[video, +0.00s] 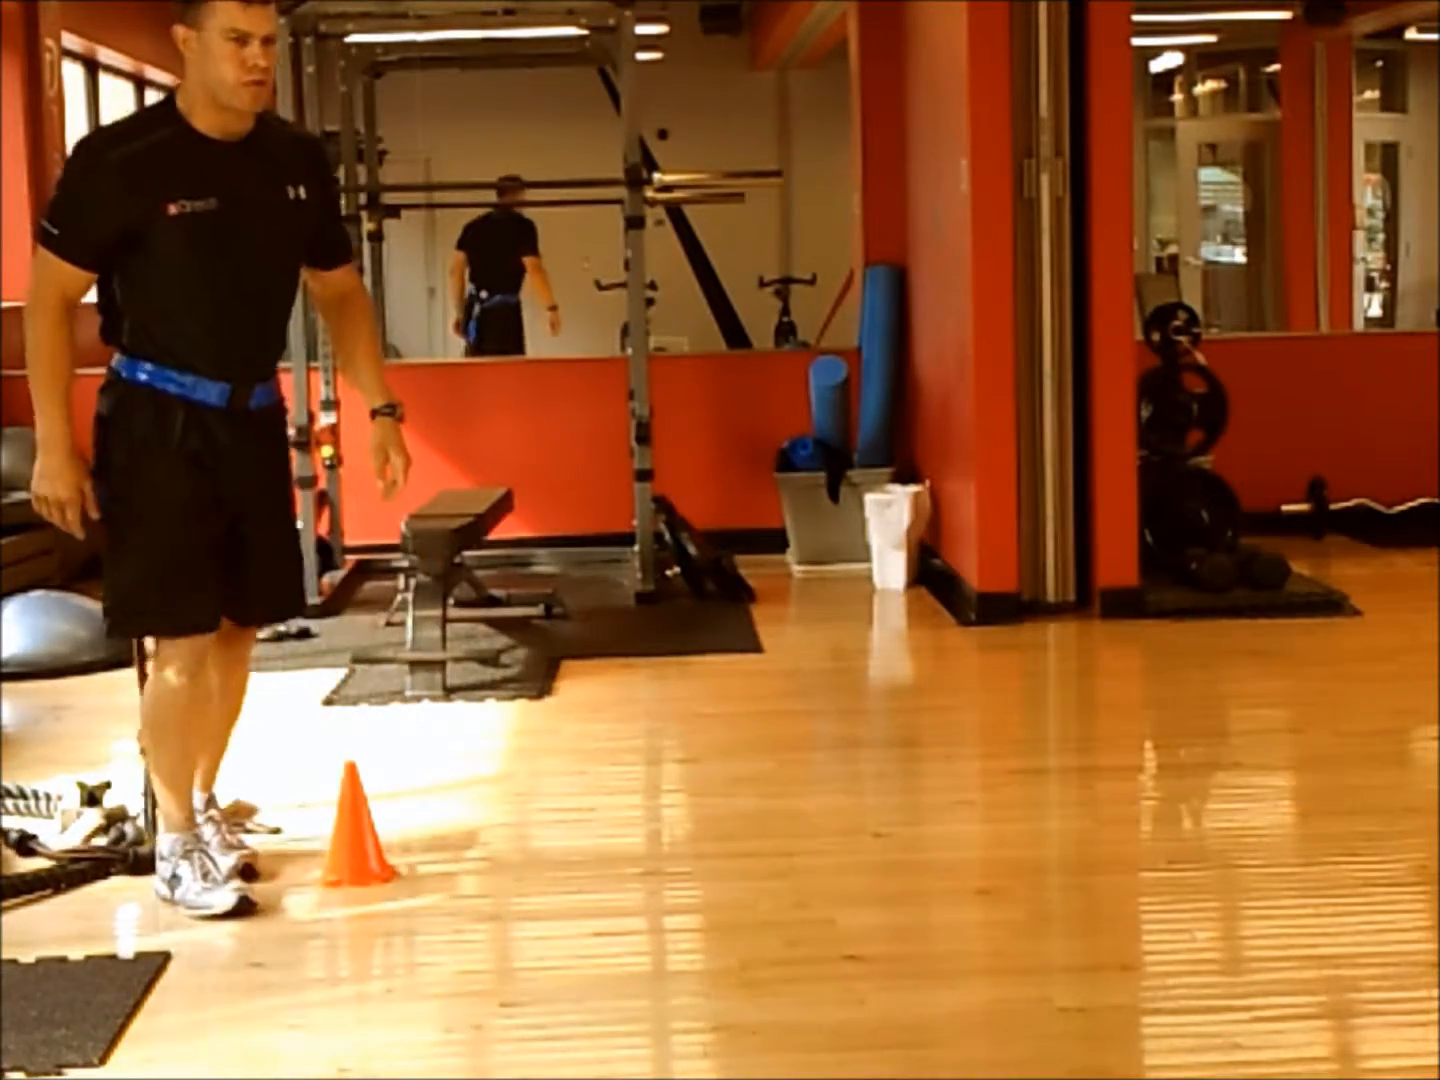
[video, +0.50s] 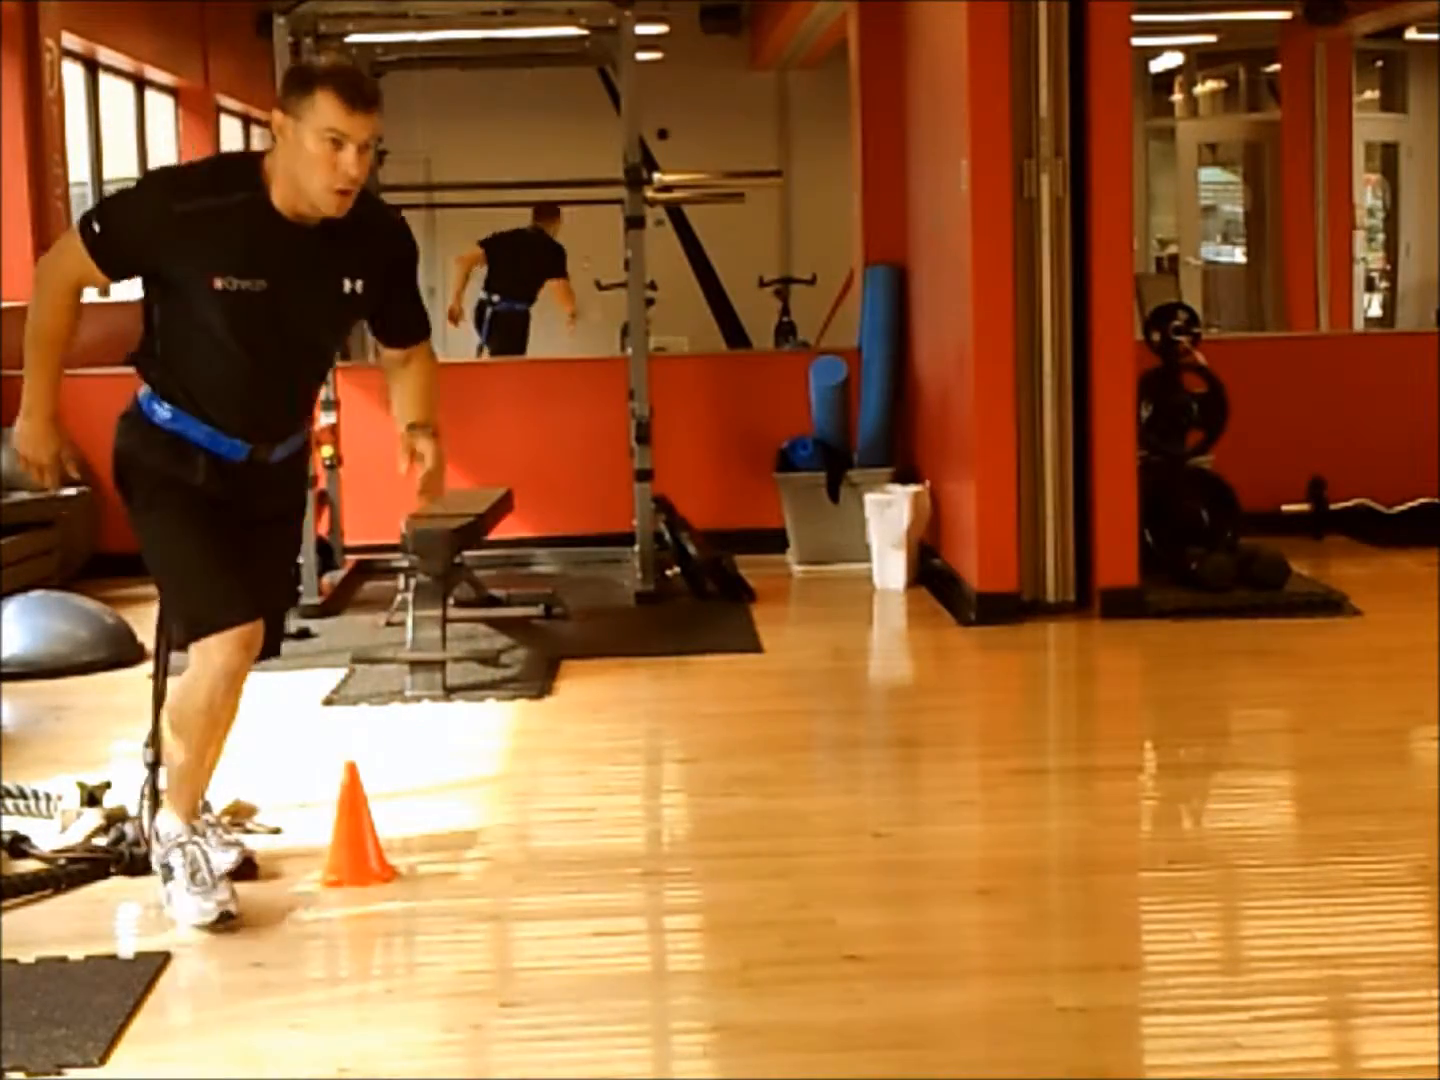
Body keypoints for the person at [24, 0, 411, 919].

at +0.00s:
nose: (260, 61)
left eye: (270, 42)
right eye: (240, 39)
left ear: (279, 47)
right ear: (183, 40)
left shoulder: (297, 161)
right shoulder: (115, 159)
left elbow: (342, 296)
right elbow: (50, 304)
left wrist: (381, 406)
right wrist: (54, 445)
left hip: (251, 428)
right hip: (152, 425)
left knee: (238, 632)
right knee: (185, 641)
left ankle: (197, 803)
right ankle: (175, 839)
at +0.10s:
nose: (269, 82)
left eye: (279, 65)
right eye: (250, 62)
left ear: (289, 72)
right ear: (195, 64)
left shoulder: (303, 183)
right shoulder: (124, 175)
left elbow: (349, 316)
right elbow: (50, 308)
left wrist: (392, 429)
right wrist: (61, 452)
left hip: (249, 439)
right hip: (154, 436)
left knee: (214, 644)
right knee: (199, 646)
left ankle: (184, 811)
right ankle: (178, 843)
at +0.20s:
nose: (282, 94)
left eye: (293, 77)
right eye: (264, 75)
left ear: (301, 81)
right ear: (211, 72)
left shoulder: (310, 191)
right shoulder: (133, 176)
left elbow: (351, 324)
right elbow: (56, 304)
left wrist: (389, 441)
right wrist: (69, 449)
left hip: (254, 443)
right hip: (157, 437)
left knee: (219, 644)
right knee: (205, 642)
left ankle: (183, 809)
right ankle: (180, 838)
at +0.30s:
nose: (299, 98)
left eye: (309, 81)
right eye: (281, 79)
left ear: (316, 84)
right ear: (225, 74)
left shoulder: (327, 191)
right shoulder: (144, 178)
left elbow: (355, 326)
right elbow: (56, 298)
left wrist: (380, 443)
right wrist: (68, 442)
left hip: (259, 441)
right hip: (161, 436)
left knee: (225, 642)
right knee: (200, 639)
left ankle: (190, 813)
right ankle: (177, 835)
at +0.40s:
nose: (321, 122)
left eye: (332, 104)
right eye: (302, 101)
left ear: (340, 108)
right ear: (245, 95)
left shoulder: (347, 208)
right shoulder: (161, 188)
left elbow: (379, 338)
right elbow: (60, 296)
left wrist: (390, 452)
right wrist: (56, 438)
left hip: (265, 451)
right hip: (165, 442)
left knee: (230, 646)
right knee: (208, 639)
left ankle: (184, 810)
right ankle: (172, 824)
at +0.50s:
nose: (354, 165)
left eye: (368, 147)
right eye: (336, 142)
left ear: (377, 147)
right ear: (282, 129)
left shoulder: (376, 236)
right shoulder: (189, 203)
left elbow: (407, 351)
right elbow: (59, 270)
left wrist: (419, 427)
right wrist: (36, 410)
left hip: (271, 469)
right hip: (171, 455)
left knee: (234, 647)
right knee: (230, 634)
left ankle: (175, 801)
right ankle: (179, 830)